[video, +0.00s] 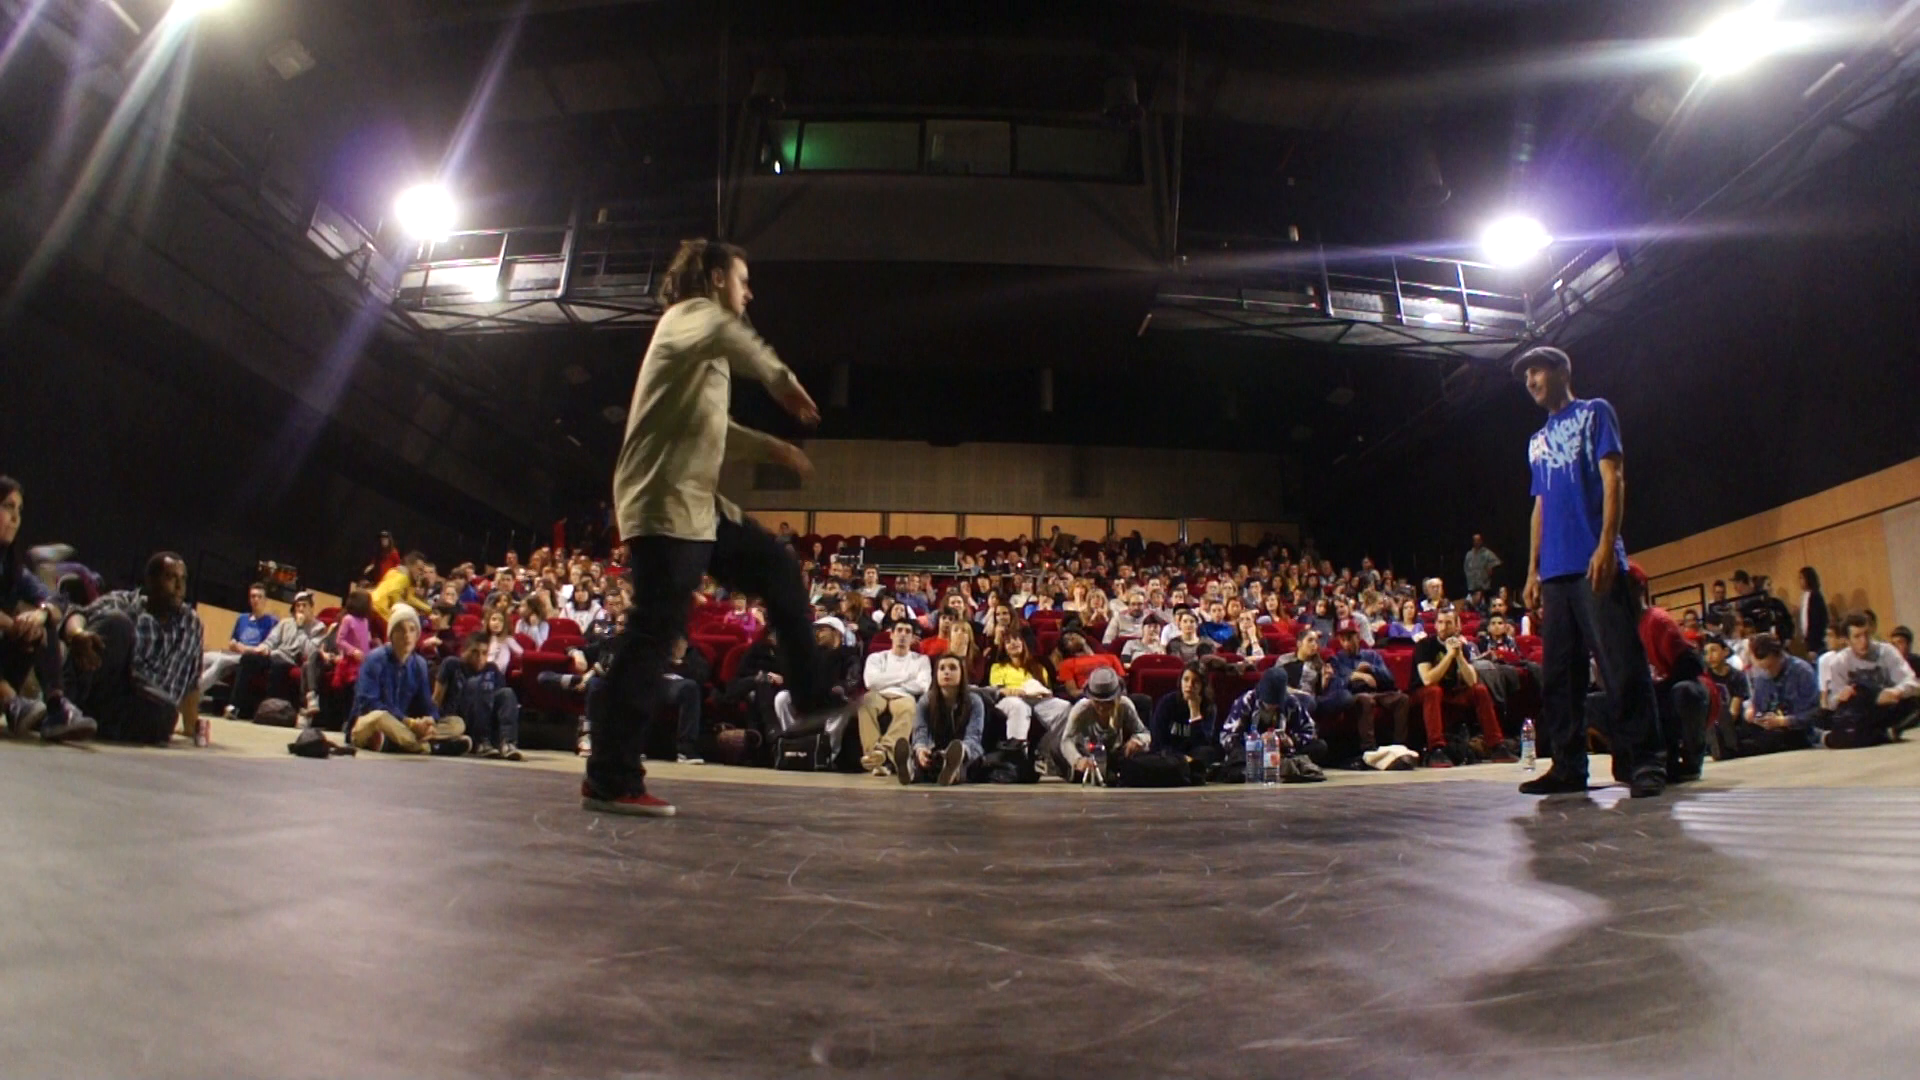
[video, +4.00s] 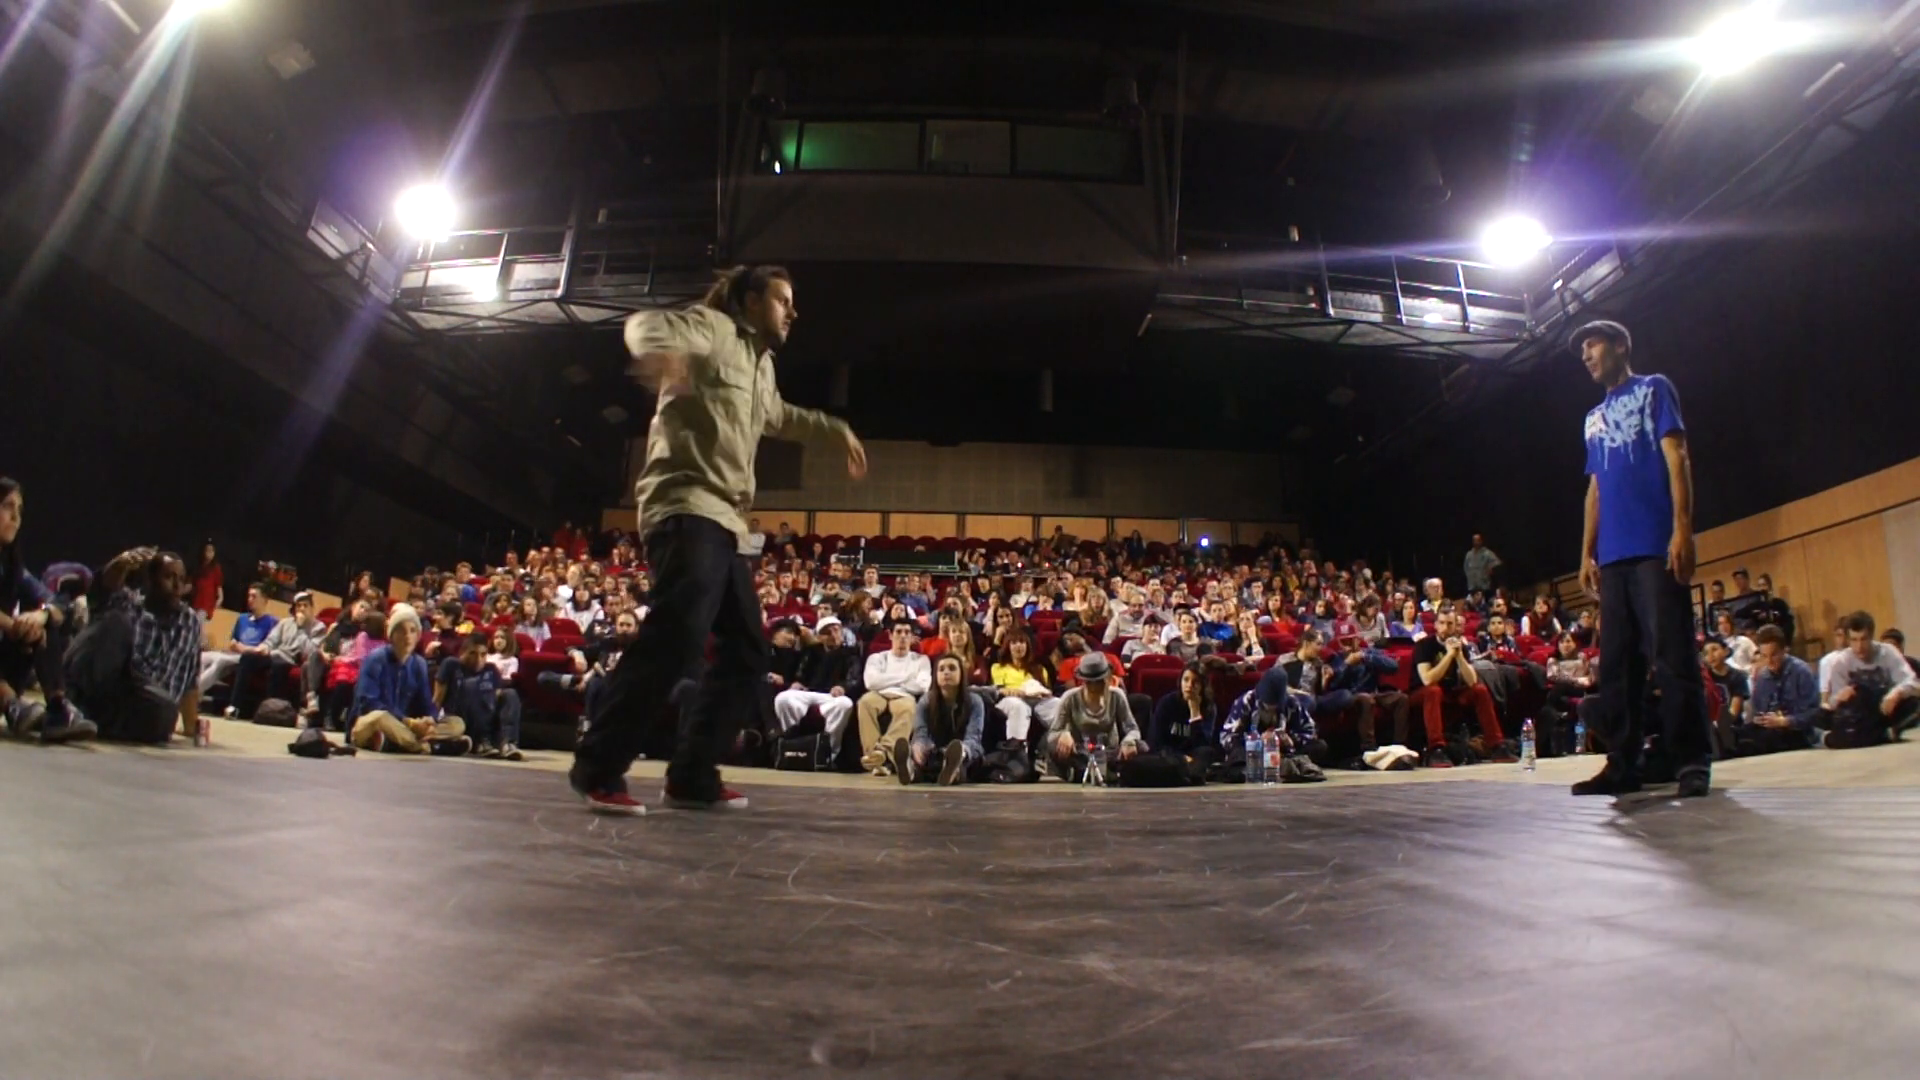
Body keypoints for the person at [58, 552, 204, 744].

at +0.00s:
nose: (179, 587)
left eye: (183, 580)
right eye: (171, 578)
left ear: (186, 584)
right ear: (151, 580)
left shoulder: (192, 624)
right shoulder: (124, 602)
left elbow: (191, 685)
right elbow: (77, 615)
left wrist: (191, 732)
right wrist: (76, 634)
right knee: (116, 625)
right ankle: (64, 711)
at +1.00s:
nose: (177, 587)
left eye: (181, 580)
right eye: (169, 579)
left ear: (185, 584)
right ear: (151, 580)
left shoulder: (191, 624)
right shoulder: (122, 602)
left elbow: (190, 685)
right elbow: (78, 617)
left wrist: (191, 731)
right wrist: (76, 635)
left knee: (160, 719)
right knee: (116, 623)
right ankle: (68, 709)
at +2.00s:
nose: (178, 589)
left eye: (183, 583)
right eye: (170, 581)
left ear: (186, 586)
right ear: (152, 582)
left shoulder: (191, 624)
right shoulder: (122, 602)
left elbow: (190, 684)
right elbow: (78, 617)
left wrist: (191, 730)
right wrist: (76, 635)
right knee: (117, 625)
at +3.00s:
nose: (178, 589)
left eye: (182, 582)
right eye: (170, 581)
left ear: (186, 585)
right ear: (151, 581)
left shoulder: (191, 623)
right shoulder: (122, 603)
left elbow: (190, 685)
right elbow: (76, 620)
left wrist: (191, 731)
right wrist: (78, 636)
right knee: (117, 625)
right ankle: (67, 709)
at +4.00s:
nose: (176, 585)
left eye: (180, 580)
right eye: (168, 577)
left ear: (185, 585)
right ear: (152, 579)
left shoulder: (190, 621)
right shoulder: (131, 606)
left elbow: (190, 683)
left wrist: (191, 730)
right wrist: (121, 565)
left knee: (161, 718)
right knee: (117, 622)